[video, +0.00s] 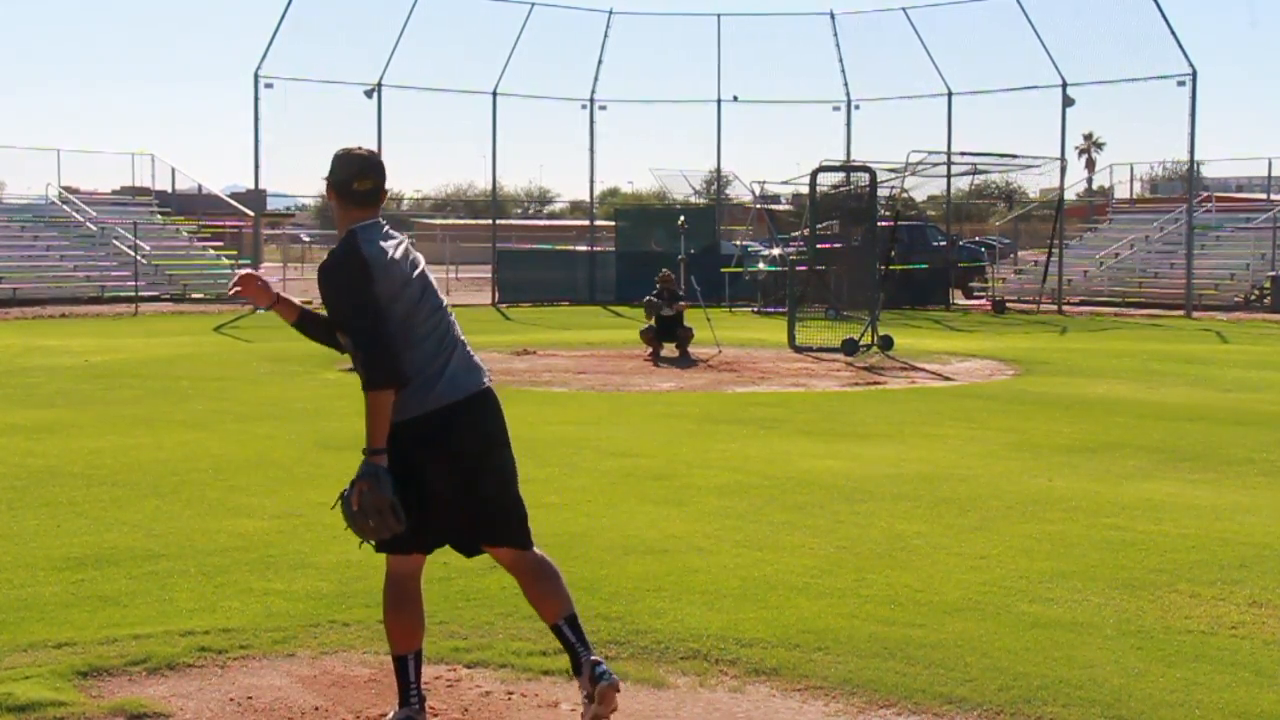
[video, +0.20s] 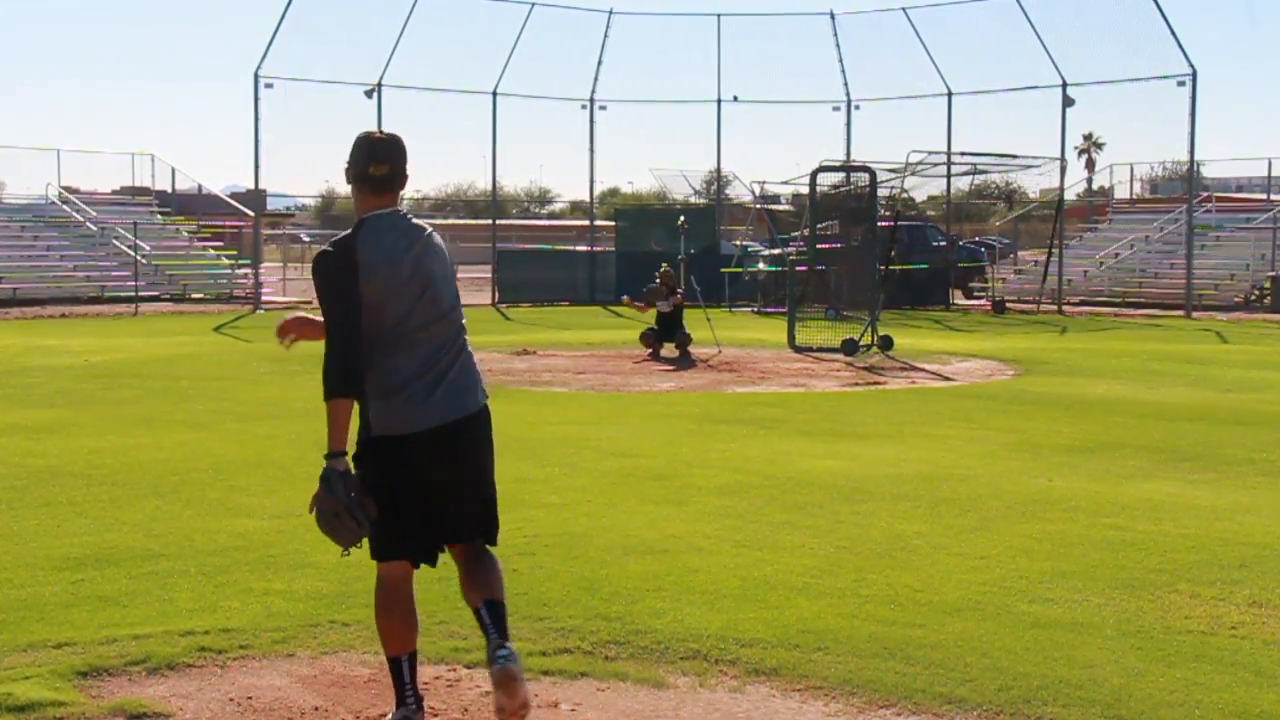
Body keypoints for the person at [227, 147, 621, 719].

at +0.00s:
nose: (325, 196)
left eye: (327, 188)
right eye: (336, 186)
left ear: (330, 196)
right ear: (382, 196)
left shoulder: (343, 263)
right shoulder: (397, 243)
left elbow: (380, 370)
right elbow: (349, 338)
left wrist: (374, 459)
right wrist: (278, 303)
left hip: (417, 431)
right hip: (477, 410)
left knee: (403, 568)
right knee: (514, 548)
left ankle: (410, 702)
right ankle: (587, 662)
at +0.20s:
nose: (362, 184)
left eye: (353, 174)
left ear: (350, 180)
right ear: (404, 181)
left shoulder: (339, 258)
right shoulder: (431, 242)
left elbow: (344, 361)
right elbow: (407, 318)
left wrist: (336, 460)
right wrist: (326, 326)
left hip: (393, 435)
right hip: (466, 423)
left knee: (394, 568)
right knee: (471, 542)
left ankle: (407, 701)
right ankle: (501, 646)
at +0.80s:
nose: (441, 151)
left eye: (423, 139)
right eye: (445, 143)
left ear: (385, 143)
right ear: (445, 148)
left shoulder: (335, 227)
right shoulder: (458, 231)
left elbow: (303, 329)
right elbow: (496, 341)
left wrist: (293, 414)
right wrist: (544, 429)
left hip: (360, 432)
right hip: (439, 430)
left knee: (371, 551)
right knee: (429, 576)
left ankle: (352, 671)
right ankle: (401, 713)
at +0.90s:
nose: (444, 148)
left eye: (434, 138)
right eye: (446, 140)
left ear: (384, 140)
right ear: (442, 145)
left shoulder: (336, 221)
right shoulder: (449, 227)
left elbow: (313, 321)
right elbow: (490, 344)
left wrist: (313, 389)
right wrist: (535, 434)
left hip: (354, 429)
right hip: (435, 430)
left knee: (364, 559)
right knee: (427, 576)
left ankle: (351, 673)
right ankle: (402, 713)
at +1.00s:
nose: (437, 147)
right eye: (441, 138)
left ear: (379, 139)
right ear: (440, 144)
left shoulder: (333, 219)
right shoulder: (444, 227)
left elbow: (325, 318)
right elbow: (472, 348)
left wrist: (384, 345)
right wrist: (513, 439)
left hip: (350, 437)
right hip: (431, 437)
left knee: (359, 574)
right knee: (423, 581)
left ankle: (360, 706)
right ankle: (404, 713)